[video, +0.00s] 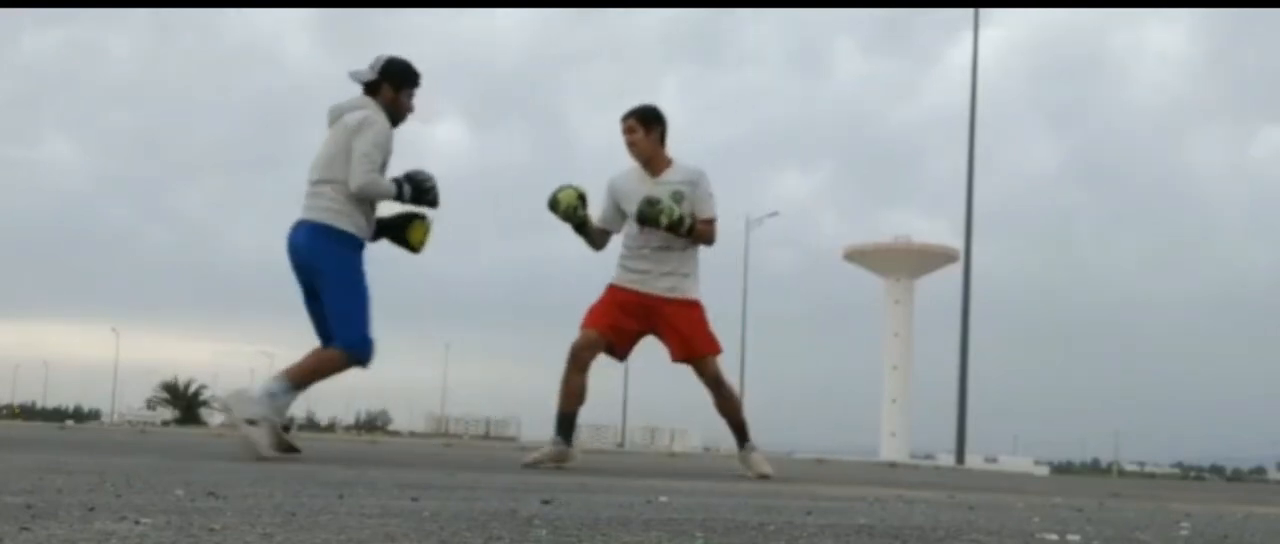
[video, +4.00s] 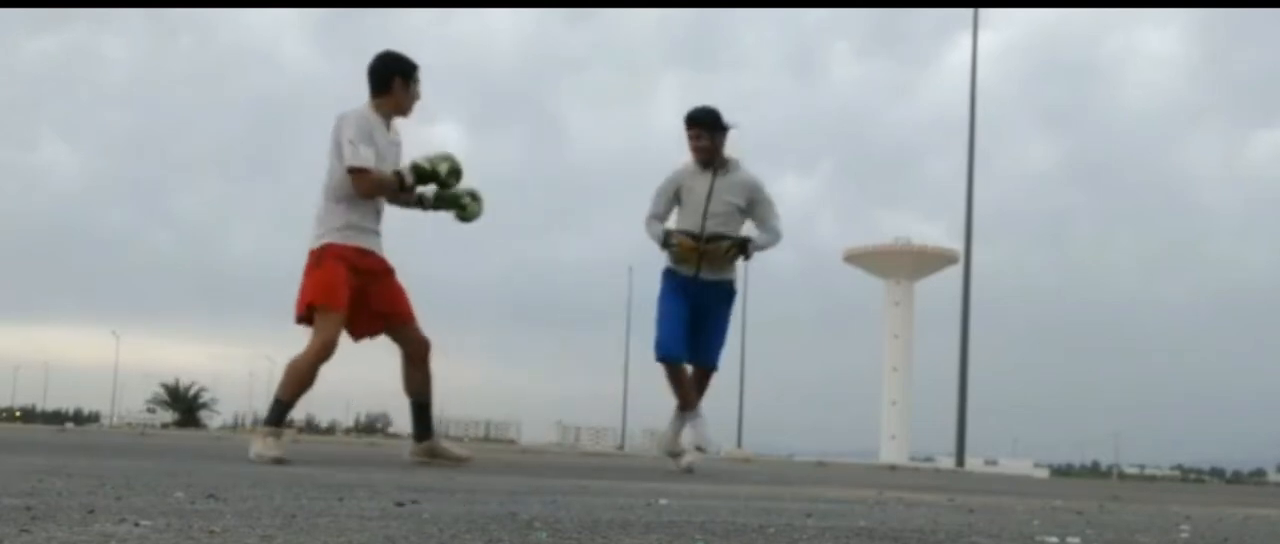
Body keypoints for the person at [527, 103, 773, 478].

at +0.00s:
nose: (627, 142)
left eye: (633, 133)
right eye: (624, 135)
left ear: (656, 133)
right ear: (628, 139)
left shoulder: (693, 178)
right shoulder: (622, 183)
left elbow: (708, 235)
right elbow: (599, 241)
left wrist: (672, 224)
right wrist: (579, 220)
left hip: (678, 298)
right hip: (627, 292)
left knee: (712, 375)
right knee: (581, 350)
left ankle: (747, 449)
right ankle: (561, 444)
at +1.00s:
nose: (474, 129)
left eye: (479, 120)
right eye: (475, 121)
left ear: (498, 122)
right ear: (499, 124)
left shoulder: (544, 161)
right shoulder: (481, 172)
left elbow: (564, 221)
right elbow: (472, 223)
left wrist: (515, 213)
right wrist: (435, 220)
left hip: (552, 284)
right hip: (506, 288)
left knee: (556, 351)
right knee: (448, 354)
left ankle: (605, 446)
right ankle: (423, 440)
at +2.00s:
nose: (367, 130)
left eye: (366, 125)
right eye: (370, 125)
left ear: (370, 125)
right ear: (402, 125)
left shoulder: (382, 157)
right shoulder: (418, 163)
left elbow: (401, 209)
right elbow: (421, 218)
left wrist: (366, 240)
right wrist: (377, 242)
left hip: (396, 279)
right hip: (422, 280)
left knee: (336, 346)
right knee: (377, 351)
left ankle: (371, 428)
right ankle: (400, 431)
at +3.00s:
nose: (467, 121)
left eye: (466, 115)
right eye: (467, 115)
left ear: (430, 113)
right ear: (461, 114)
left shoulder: (402, 149)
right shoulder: (459, 148)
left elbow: (375, 204)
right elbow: (464, 209)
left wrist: (407, 229)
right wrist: (482, 234)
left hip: (393, 262)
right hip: (424, 265)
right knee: (433, 358)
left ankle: (347, 398)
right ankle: (379, 431)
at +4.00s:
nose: (417, 96)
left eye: (417, 87)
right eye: (413, 87)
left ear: (392, 87)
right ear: (394, 85)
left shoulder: (392, 139)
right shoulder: (354, 121)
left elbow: (392, 193)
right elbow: (361, 182)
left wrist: (434, 201)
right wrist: (405, 180)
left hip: (370, 256)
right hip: (335, 248)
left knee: (416, 345)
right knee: (324, 340)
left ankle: (424, 441)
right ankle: (270, 431)